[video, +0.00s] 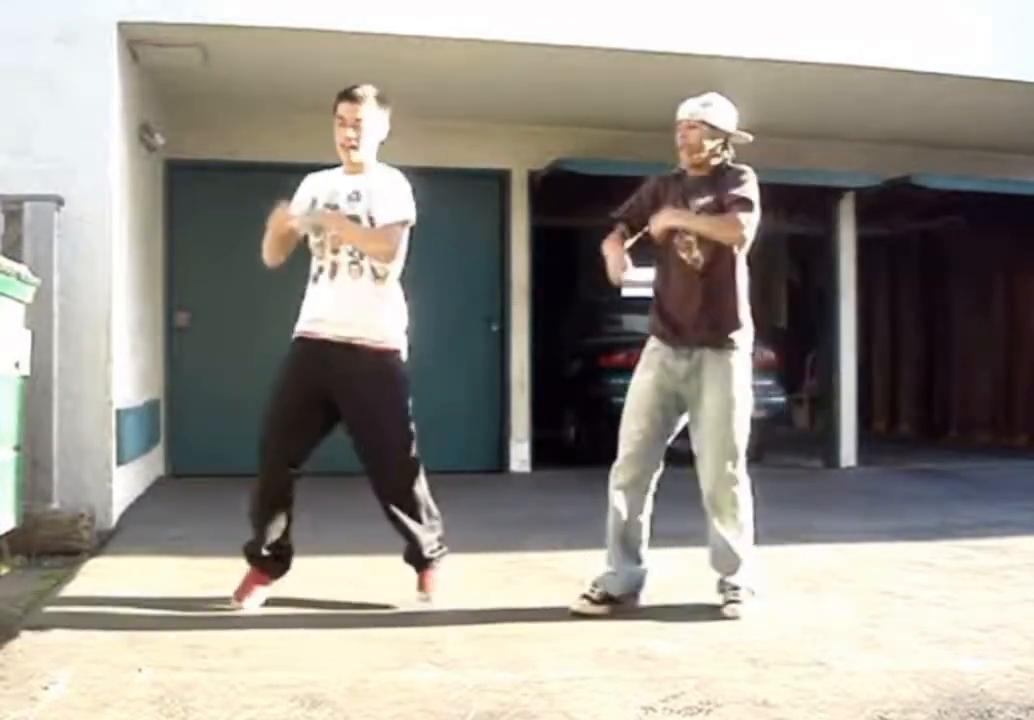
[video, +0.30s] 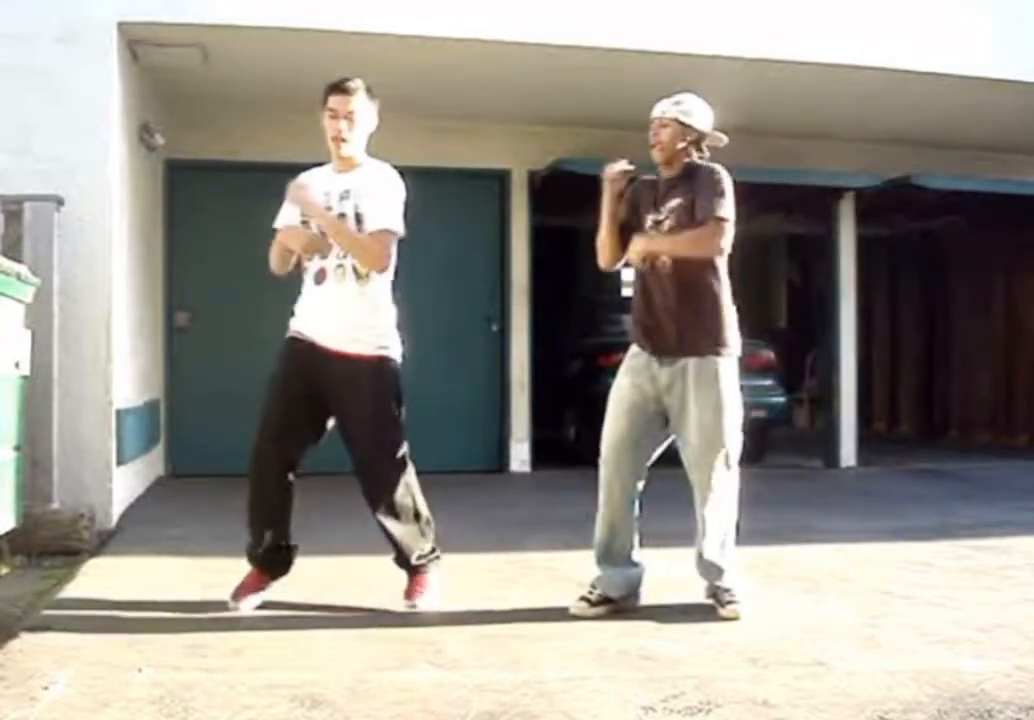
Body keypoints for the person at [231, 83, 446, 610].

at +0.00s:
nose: (349, 134)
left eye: (360, 125)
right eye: (343, 124)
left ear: (381, 130)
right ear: (334, 127)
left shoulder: (391, 186)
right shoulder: (314, 186)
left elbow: (388, 250)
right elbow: (274, 258)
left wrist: (327, 221)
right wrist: (279, 230)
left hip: (375, 351)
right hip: (314, 344)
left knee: (394, 466)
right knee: (277, 453)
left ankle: (427, 556)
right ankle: (266, 562)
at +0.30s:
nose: (341, 126)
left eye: (351, 117)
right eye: (334, 116)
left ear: (371, 123)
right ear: (323, 121)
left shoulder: (383, 181)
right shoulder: (307, 183)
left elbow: (379, 259)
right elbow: (278, 264)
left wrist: (317, 213)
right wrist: (299, 240)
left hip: (365, 350)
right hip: (308, 342)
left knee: (383, 469)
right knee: (271, 452)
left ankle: (421, 561)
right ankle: (268, 561)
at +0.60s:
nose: (385, 134)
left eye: (393, 125)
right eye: (376, 123)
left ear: (403, 128)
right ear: (356, 124)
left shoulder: (419, 177)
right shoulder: (329, 176)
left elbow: (488, 215)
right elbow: (276, 196)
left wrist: (466, 176)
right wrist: (244, 198)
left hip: (400, 337)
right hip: (341, 334)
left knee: (419, 455)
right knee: (309, 452)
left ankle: (442, 562)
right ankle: (280, 573)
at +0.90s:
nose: (445, 168)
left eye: (454, 160)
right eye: (438, 157)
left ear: (467, 163)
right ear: (422, 155)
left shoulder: (484, 222)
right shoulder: (394, 213)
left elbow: (537, 282)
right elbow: (346, 273)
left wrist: (539, 242)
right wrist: (322, 218)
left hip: (454, 373)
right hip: (393, 367)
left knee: (474, 479)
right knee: (350, 477)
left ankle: (496, 569)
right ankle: (300, 583)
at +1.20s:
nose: (420, 147)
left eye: (430, 138)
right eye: (412, 136)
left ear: (444, 139)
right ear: (397, 133)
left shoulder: (463, 198)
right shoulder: (367, 191)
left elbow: (470, 275)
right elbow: (354, 264)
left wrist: (467, 342)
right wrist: (351, 329)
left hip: (442, 348)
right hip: (380, 345)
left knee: (464, 456)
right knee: (341, 451)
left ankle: (473, 564)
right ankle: (287, 553)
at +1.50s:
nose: (387, 127)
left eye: (397, 117)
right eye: (379, 115)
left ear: (410, 120)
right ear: (361, 112)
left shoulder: (425, 178)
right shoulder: (330, 170)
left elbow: (435, 241)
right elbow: (290, 226)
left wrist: (440, 288)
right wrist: (308, 280)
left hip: (403, 317)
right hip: (339, 313)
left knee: (417, 427)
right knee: (322, 430)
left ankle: (414, 541)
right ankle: (318, 547)